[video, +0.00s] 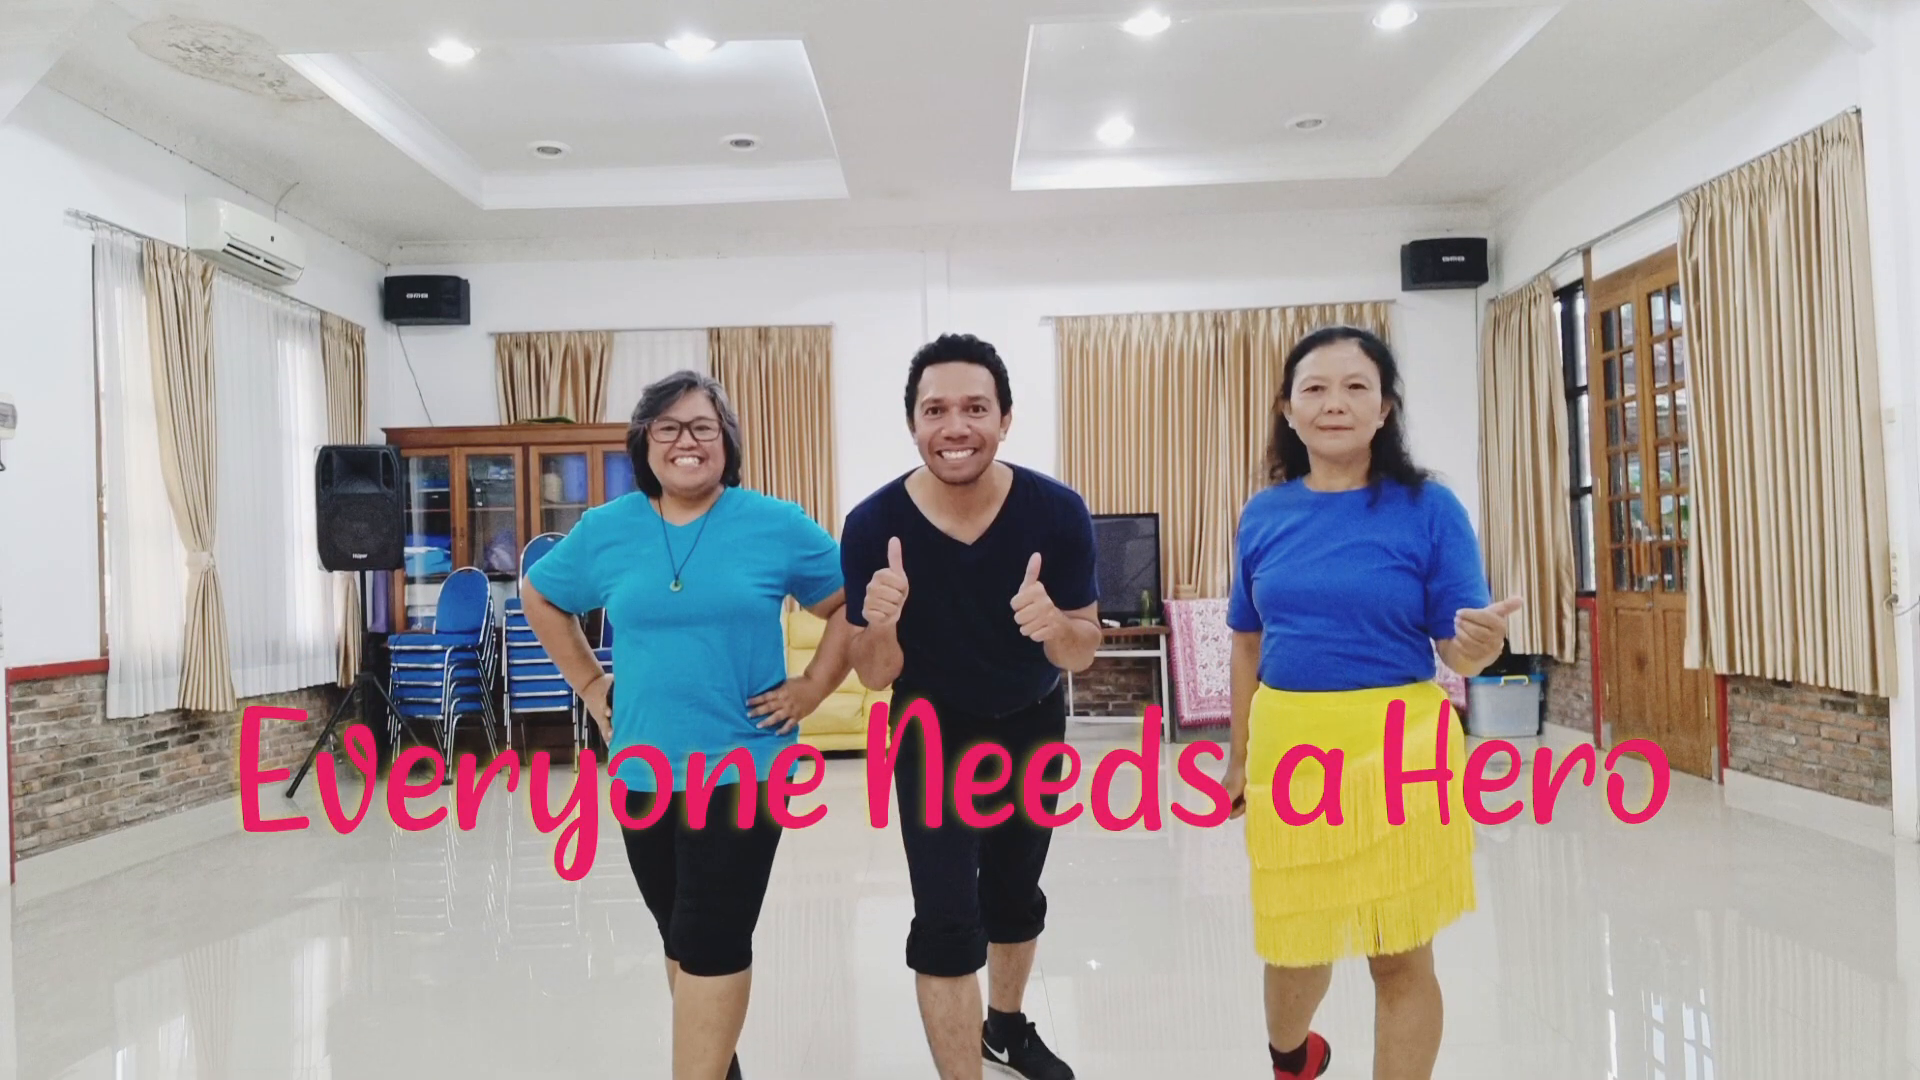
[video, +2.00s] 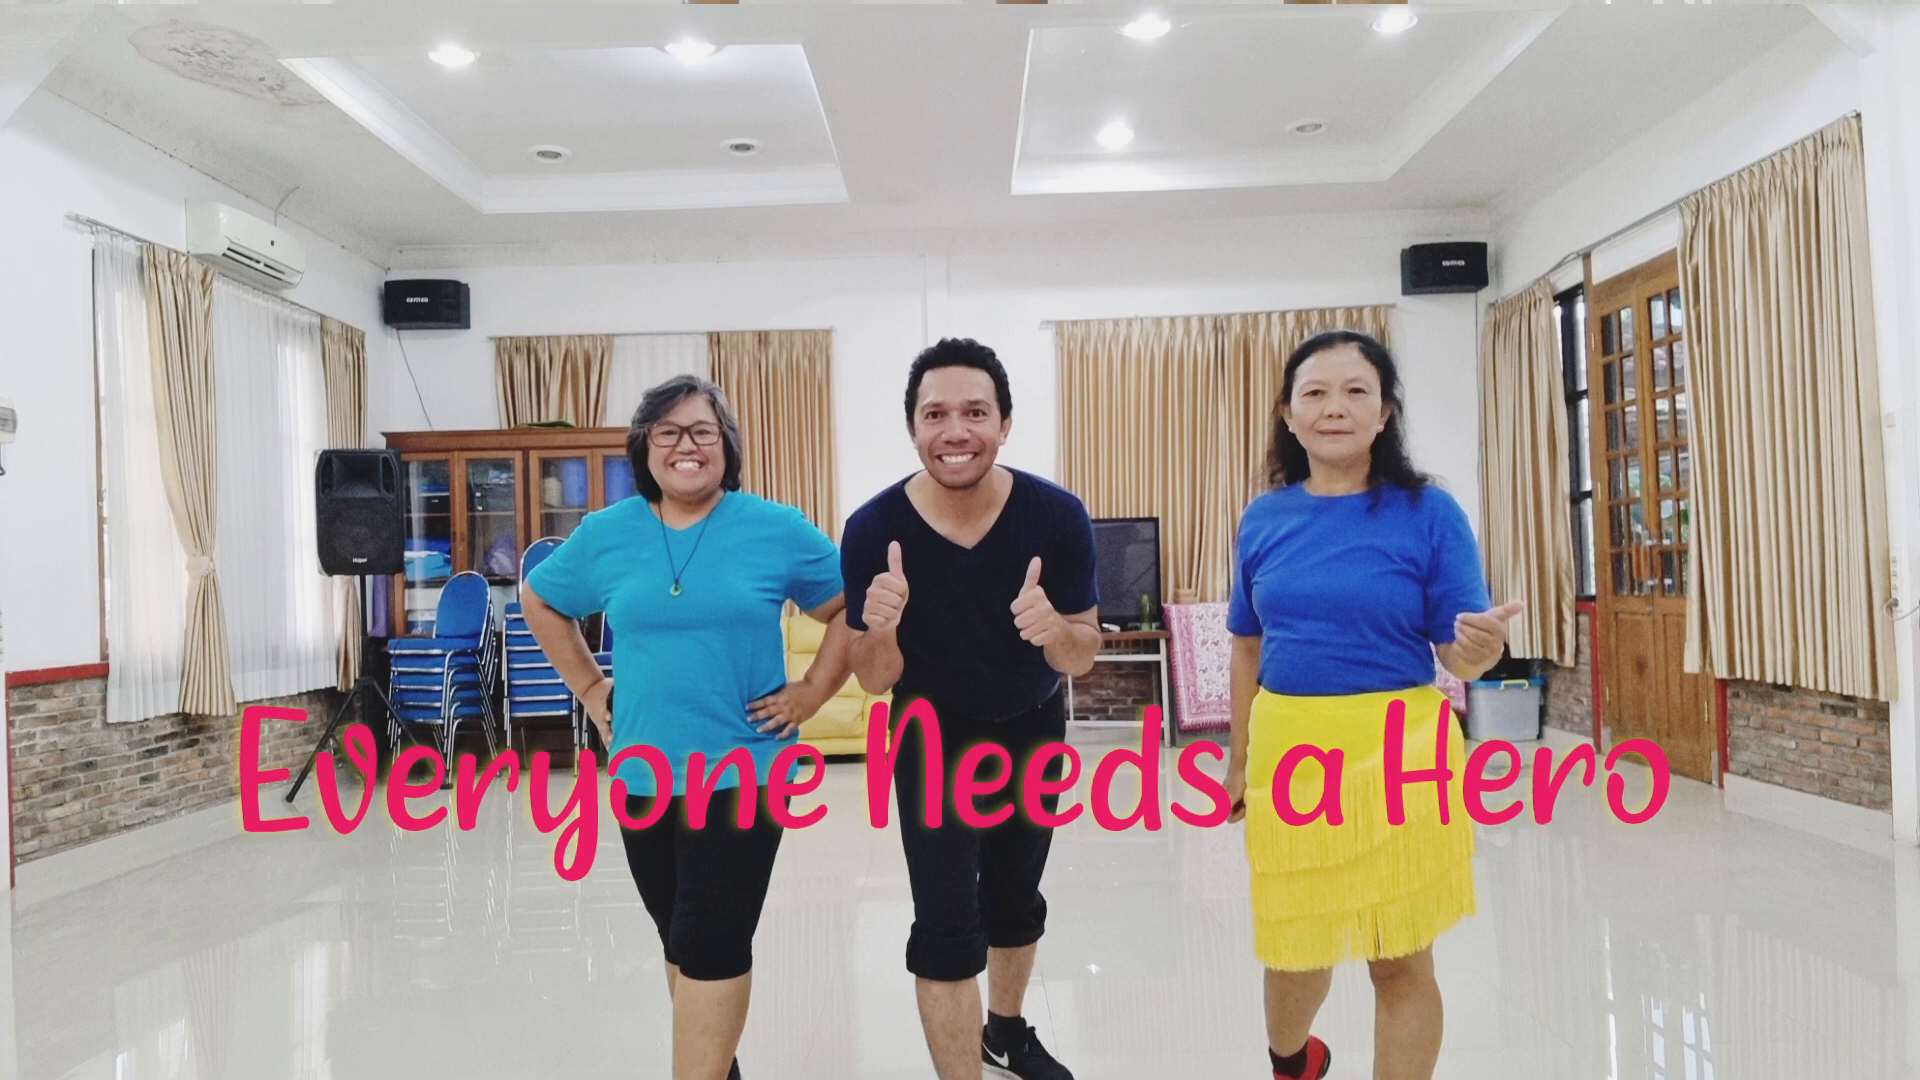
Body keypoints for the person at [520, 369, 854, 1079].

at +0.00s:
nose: (687, 441)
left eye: (703, 428)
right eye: (670, 429)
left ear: (727, 443)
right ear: (644, 446)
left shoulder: (778, 527)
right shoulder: (605, 530)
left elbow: (854, 606)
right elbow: (538, 594)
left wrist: (813, 686)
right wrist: (591, 683)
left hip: (746, 773)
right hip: (643, 776)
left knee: (708, 947)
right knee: (683, 946)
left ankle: (696, 1079)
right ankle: (722, 1071)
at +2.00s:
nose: (687, 445)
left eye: (703, 432)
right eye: (670, 433)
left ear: (727, 447)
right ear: (645, 450)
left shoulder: (779, 532)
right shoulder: (606, 535)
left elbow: (852, 611)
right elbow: (537, 598)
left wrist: (812, 690)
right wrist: (590, 686)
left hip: (746, 777)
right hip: (643, 779)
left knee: (708, 950)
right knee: (683, 948)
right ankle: (721, 1070)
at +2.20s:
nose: (688, 556)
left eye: (703, 543)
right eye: (670, 544)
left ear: (727, 557)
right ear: (645, 561)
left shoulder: (778, 642)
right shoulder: (606, 646)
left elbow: (850, 719)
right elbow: (539, 706)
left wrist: (813, 804)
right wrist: (589, 795)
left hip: (745, 890)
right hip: (642, 895)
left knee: (703, 1061)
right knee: (688, 1062)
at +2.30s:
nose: (687, 716)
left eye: (703, 704)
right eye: (669, 704)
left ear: (727, 716)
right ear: (645, 716)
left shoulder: (769, 801)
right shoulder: (614, 803)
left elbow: (853, 875)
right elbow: (539, 869)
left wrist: (815, 960)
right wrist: (592, 961)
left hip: (748, 1044)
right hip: (644, 1046)